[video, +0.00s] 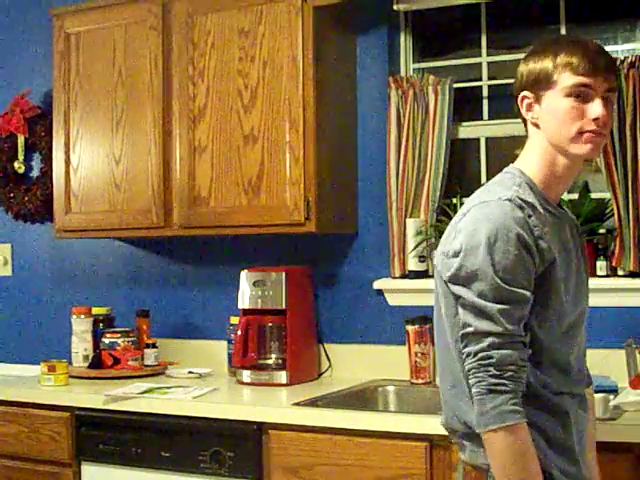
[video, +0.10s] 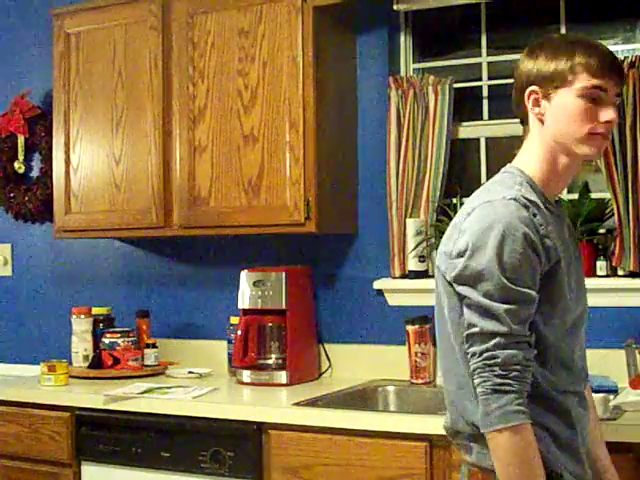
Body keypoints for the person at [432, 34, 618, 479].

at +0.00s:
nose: (601, 113)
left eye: (608, 98)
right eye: (580, 96)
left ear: (615, 108)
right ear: (530, 108)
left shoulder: (562, 224)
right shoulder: (496, 222)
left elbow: (575, 386)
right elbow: (497, 411)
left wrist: (588, 473)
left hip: (564, 464)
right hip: (515, 468)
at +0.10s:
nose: (611, 116)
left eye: (615, 103)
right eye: (593, 97)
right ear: (537, 104)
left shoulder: (553, 219)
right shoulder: (502, 221)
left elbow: (572, 384)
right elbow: (502, 413)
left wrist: (604, 472)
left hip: (567, 461)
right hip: (519, 467)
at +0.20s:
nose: (620, 121)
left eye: (620, 106)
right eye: (605, 100)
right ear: (548, 100)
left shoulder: (540, 215)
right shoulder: (508, 220)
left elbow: (567, 388)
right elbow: (507, 412)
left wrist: (614, 472)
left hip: (559, 461)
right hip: (520, 466)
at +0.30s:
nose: (622, 125)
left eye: (621, 110)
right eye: (610, 104)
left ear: (557, 102)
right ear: (557, 99)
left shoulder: (531, 213)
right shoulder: (516, 221)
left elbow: (562, 396)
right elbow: (515, 414)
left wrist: (609, 473)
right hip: (521, 467)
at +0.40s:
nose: (623, 126)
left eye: (623, 112)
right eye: (613, 106)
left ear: (559, 100)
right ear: (562, 98)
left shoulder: (493, 207)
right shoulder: (521, 222)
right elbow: (531, 420)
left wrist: (577, 466)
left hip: (489, 462)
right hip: (517, 467)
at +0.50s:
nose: (628, 137)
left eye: (630, 120)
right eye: (621, 113)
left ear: (567, 105)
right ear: (570, 103)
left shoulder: (496, 204)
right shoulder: (527, 222)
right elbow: (550, 416)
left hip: (484, 461)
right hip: (514, 468)